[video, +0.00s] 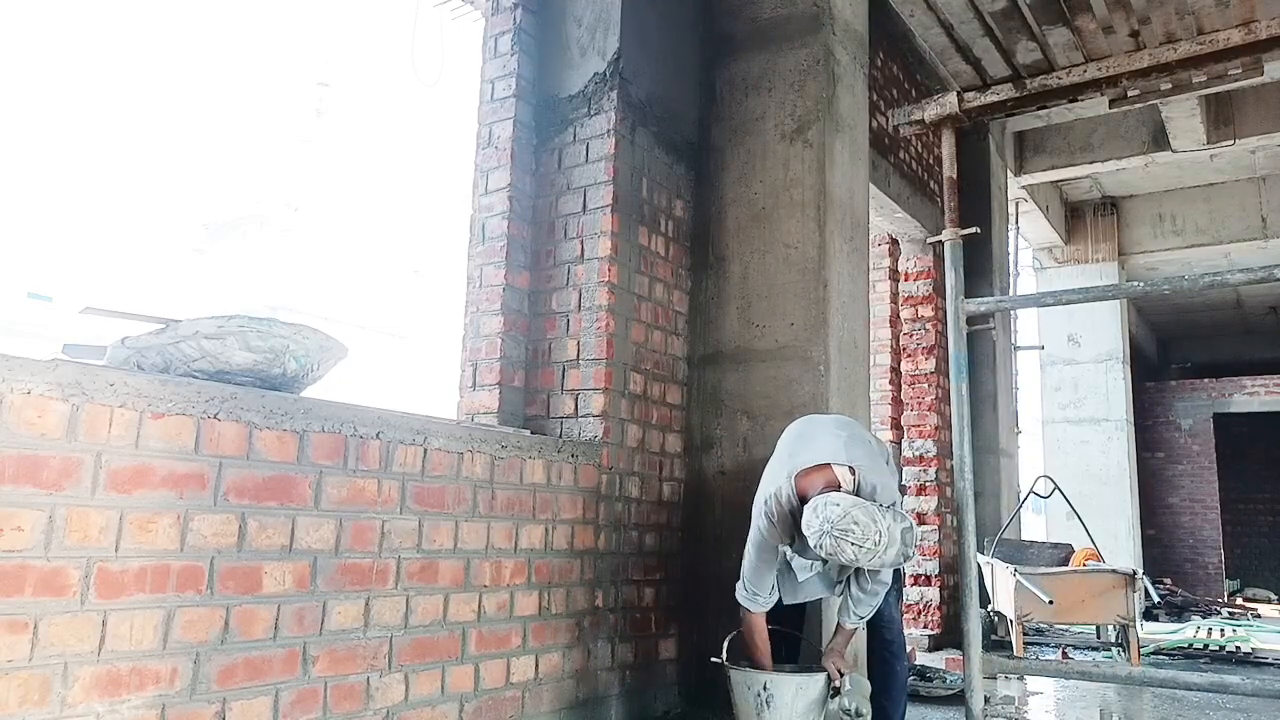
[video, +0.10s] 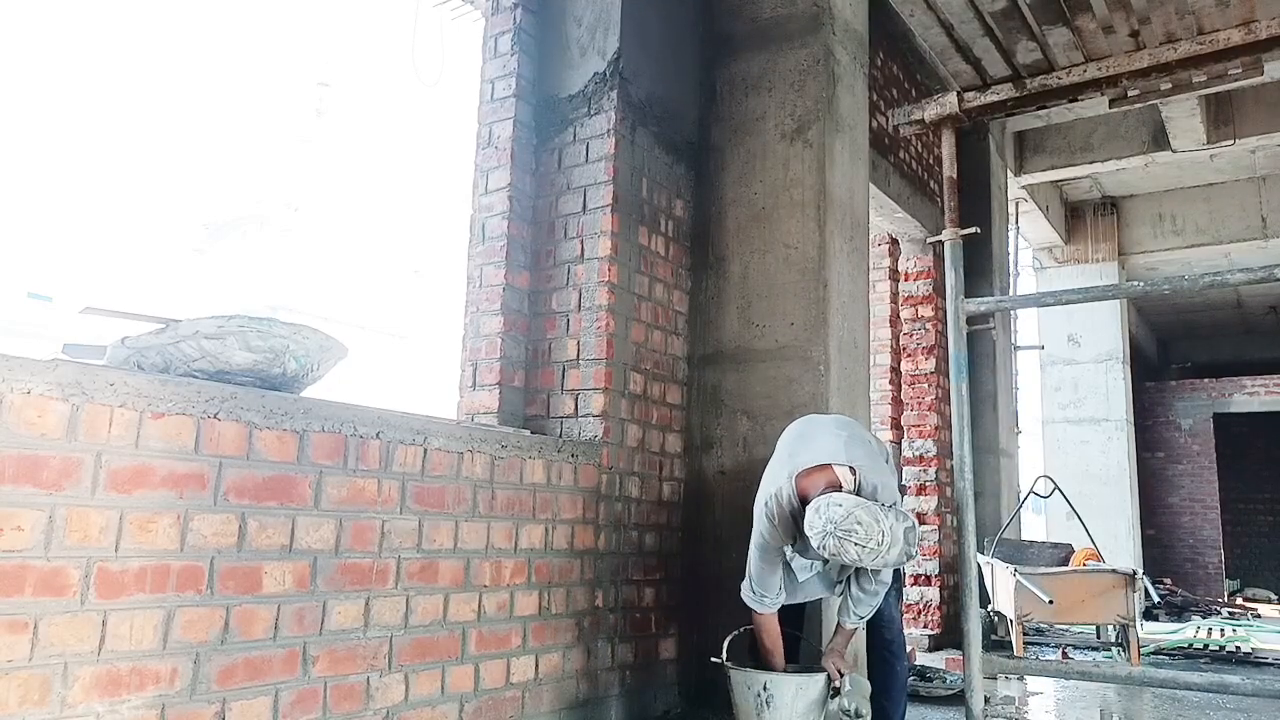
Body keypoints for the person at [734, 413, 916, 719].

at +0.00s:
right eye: (858, 561)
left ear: (873, 513)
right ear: (818, 538)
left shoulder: (883, 489)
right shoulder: (773, 503)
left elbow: (873, 581)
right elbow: (752, 605)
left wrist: (837, 649)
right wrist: (767, 691)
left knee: (886, 619)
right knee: (784, 610)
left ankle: (889, 713)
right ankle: (776, 707)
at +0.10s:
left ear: (876, 514)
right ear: (824, 541)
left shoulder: (883, 491)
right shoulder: (774, 505)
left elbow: (872, 583)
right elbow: (763, 602)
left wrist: (837, 650)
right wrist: (779, 684)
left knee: (885, 621)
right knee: (787, 611)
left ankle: (889, 713)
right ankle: (781, 705)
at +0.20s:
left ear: (876, 515)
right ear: (826, 544)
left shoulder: (881, 490)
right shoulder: (773, 506)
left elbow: (871, 583)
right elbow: (770, 603)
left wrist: (836, 650)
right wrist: (783, 687)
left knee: (885, 621)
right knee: (789, 610)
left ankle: (890, 713)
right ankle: (782, 705)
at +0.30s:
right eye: (863, 560)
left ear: (879, 513)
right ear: (825, 540)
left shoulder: (883, 490)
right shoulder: (774, 502)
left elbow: (872, 581)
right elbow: (749, 602)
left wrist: (837, 650)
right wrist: (767, 687)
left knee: (885, 621)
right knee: (784, 610)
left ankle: (889, 713)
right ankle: (777, 706)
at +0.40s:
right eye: (865, 561)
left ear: (881, 515)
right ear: (827, 540)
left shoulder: (885, 491)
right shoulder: (776, 506)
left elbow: (872, 582)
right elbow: (749, 602)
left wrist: (837, 650)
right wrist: (768, 684)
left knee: (885, 620)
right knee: (783, 609)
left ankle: (889, 713)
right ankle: (776, 705)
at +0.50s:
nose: (878, 560)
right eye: (870, 556)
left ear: (874, 511)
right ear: (825, 540)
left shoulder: (888, 495)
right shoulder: (776, 506)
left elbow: (869, 586)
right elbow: (768, 601)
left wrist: (836, 651)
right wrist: (782, 680)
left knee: (885, 621)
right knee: (788, 612)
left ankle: (890, 713)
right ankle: (781, 703)